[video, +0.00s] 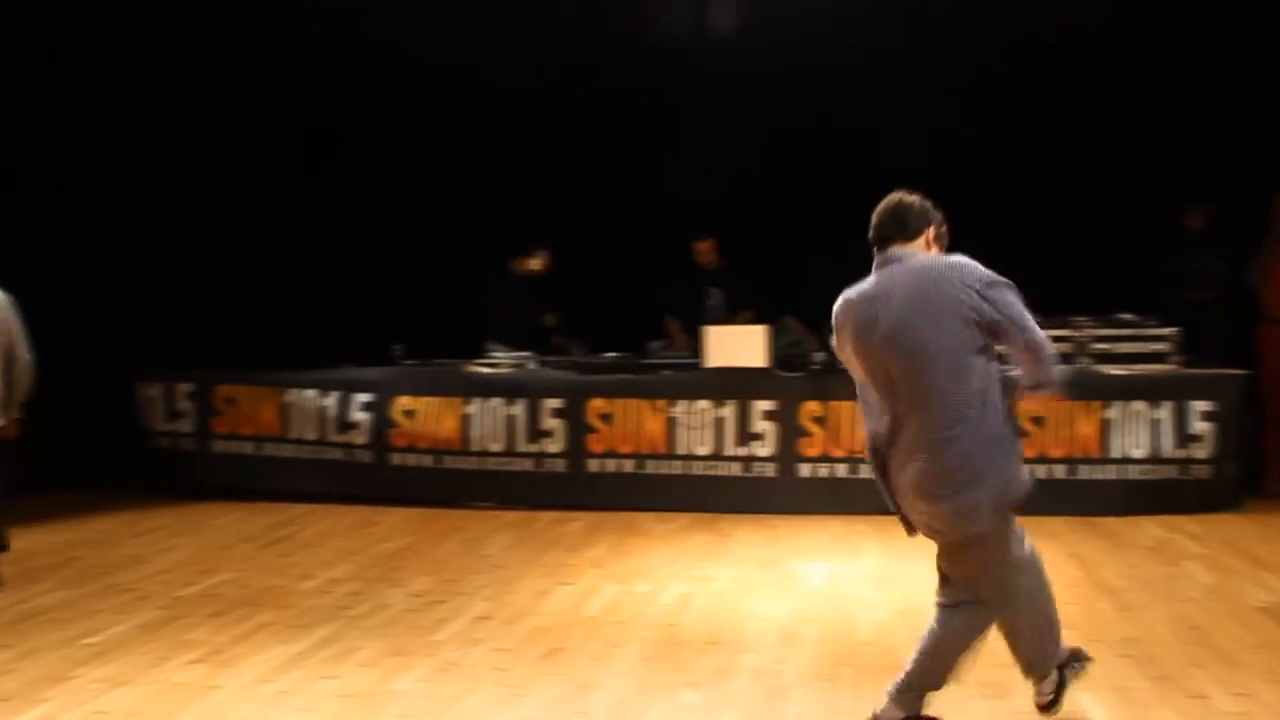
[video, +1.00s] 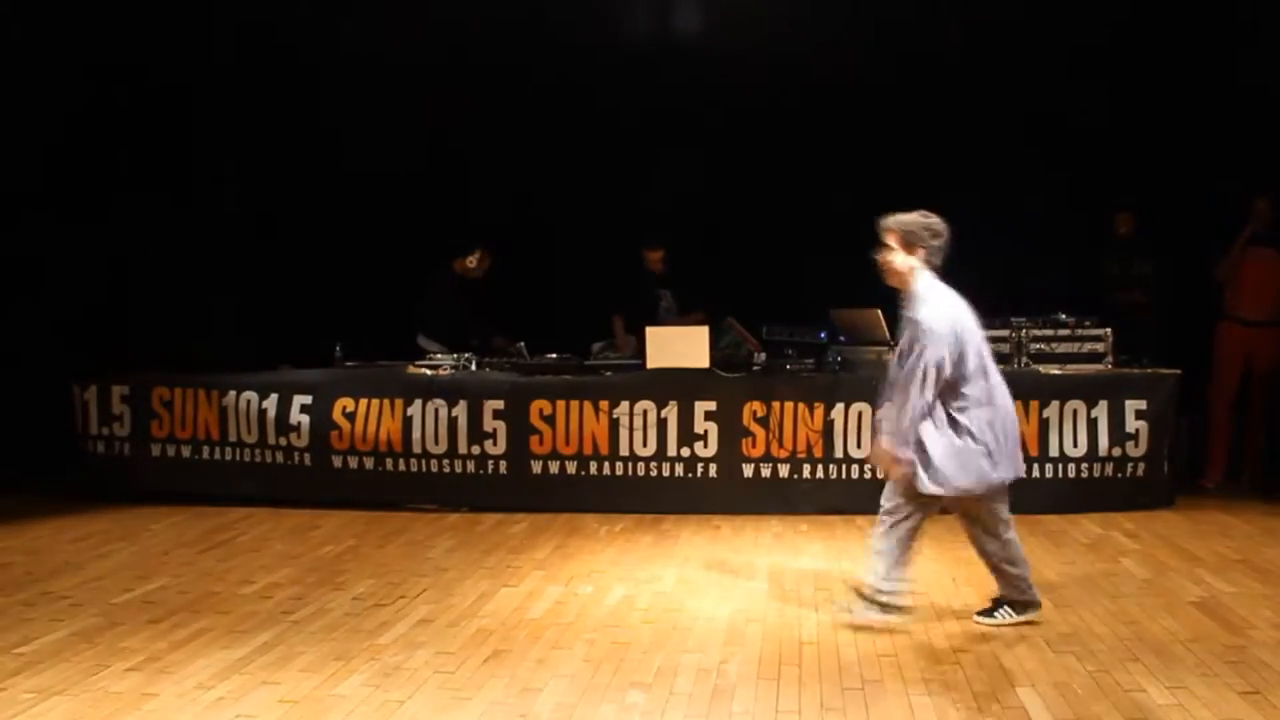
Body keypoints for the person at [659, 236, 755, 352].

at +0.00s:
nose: (705, 258)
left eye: (708, 252)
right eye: (700, 253)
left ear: (715, 252)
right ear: (694, 255)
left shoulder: (731, 275)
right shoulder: (687, 278)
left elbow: (747, 312)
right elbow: (673, 317)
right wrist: (681, 342)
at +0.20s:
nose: (677, 263)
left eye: (681, 258)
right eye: (672, 259)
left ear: (688, 257)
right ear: (665, 259)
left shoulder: (702, 279)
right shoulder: (658, 283)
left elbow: (719, 309)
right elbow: (644, 318)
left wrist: (703, 328)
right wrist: (648, 342)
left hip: (701, 337)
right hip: (667, 339)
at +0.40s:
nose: (668, 264)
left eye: (672, 258)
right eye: (663, 259)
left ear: (679, 258)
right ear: (657, 259)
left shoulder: (693, 279)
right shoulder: (649, 281)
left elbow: (707, 312)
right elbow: (635, 314)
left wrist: (694, 329)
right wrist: (631, 340)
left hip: (691, 338)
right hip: (656, 339)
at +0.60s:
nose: (671, 267)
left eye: (675, 262)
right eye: (667, 262)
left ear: (682, 261)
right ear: (660, 262)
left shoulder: (694, 283)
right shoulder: (651, 284)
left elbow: (709, 315)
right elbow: (632, 316)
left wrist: (690, 328)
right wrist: (631, 345)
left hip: (692, 341)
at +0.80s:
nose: (667, 266)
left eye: (670, 262)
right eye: (663, 262)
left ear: (677, 260)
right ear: (656, 261)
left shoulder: (688, 282)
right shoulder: (646, 283)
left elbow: (703, 318)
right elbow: (623, 315)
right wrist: (626, 343)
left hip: (685, 341)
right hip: (652, 342)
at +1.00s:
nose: (657, 266)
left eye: (660, 261)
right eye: (652, 262)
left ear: (665, 259)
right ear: (645, 261)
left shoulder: (677, 281)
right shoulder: (636, 283)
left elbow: (698, 315)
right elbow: (618, 315)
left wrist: (677, 326)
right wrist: (622, 342)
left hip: (679, 341)